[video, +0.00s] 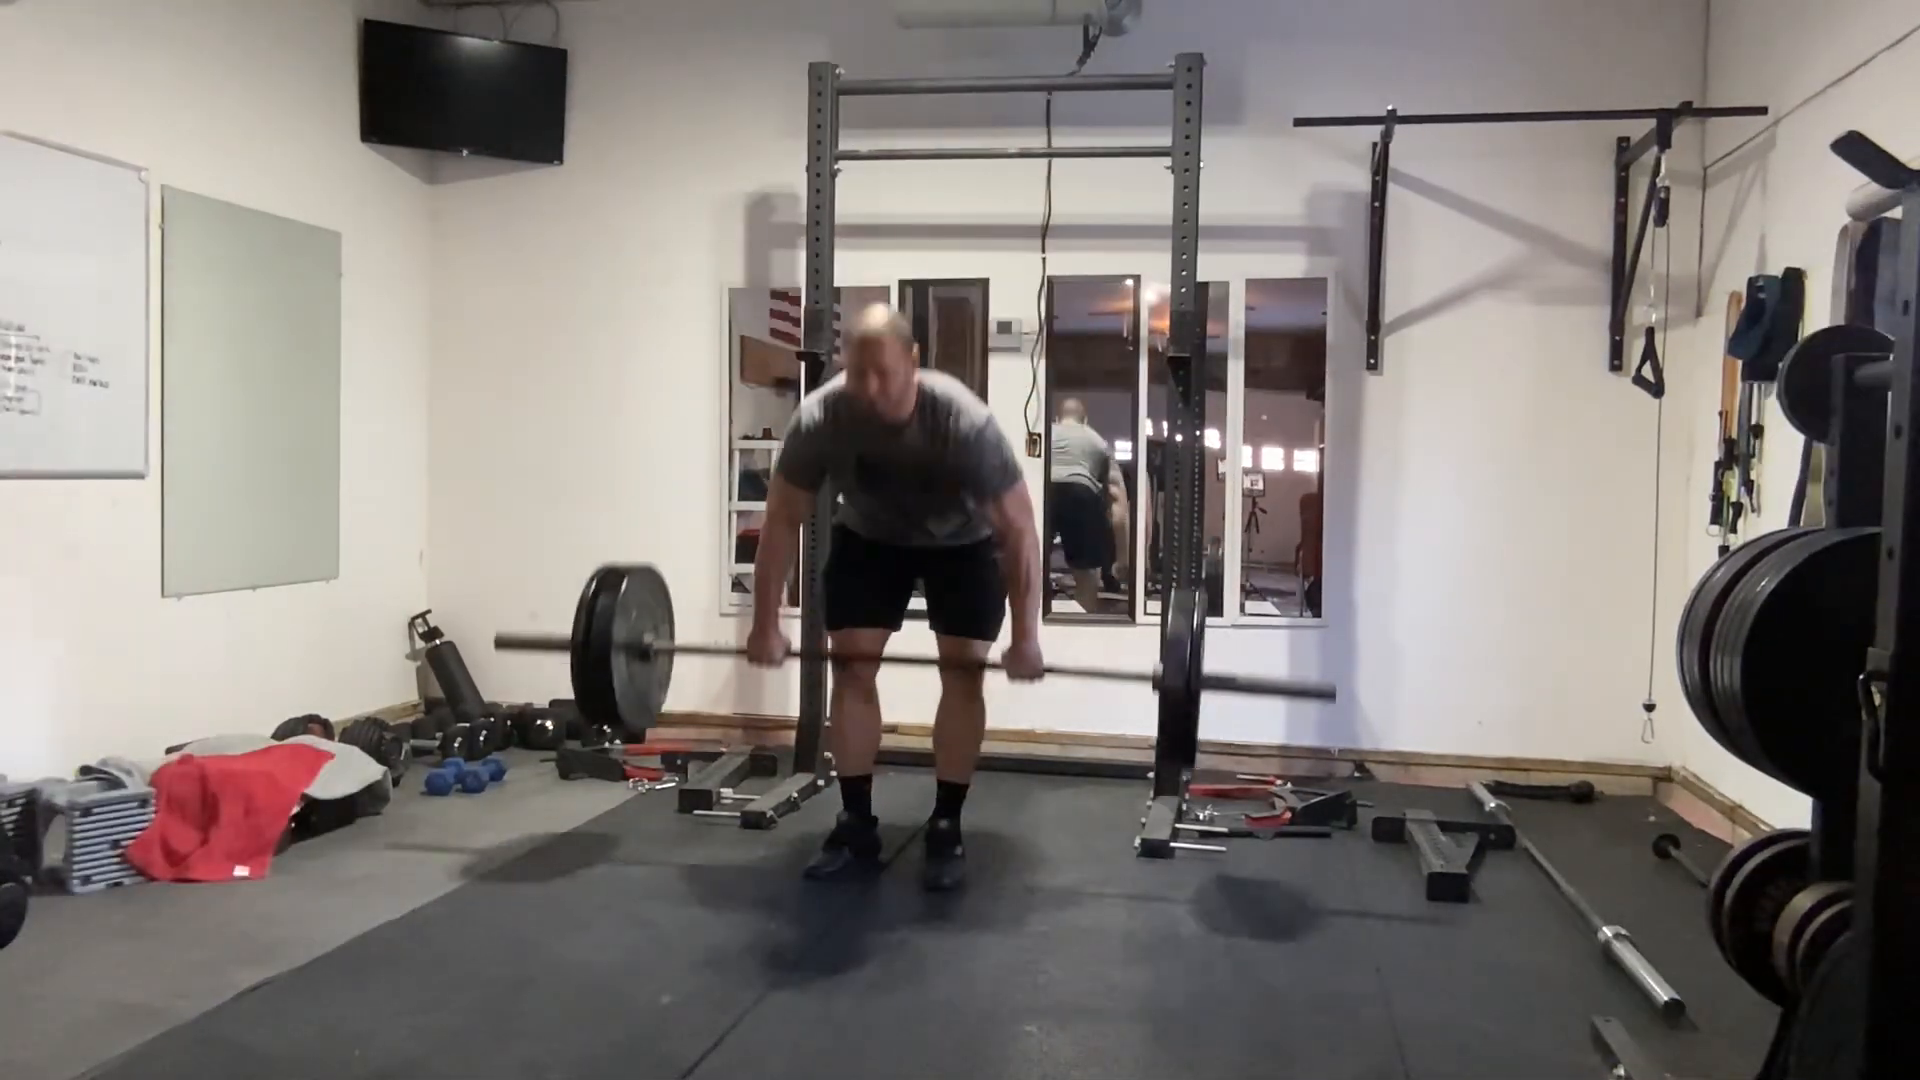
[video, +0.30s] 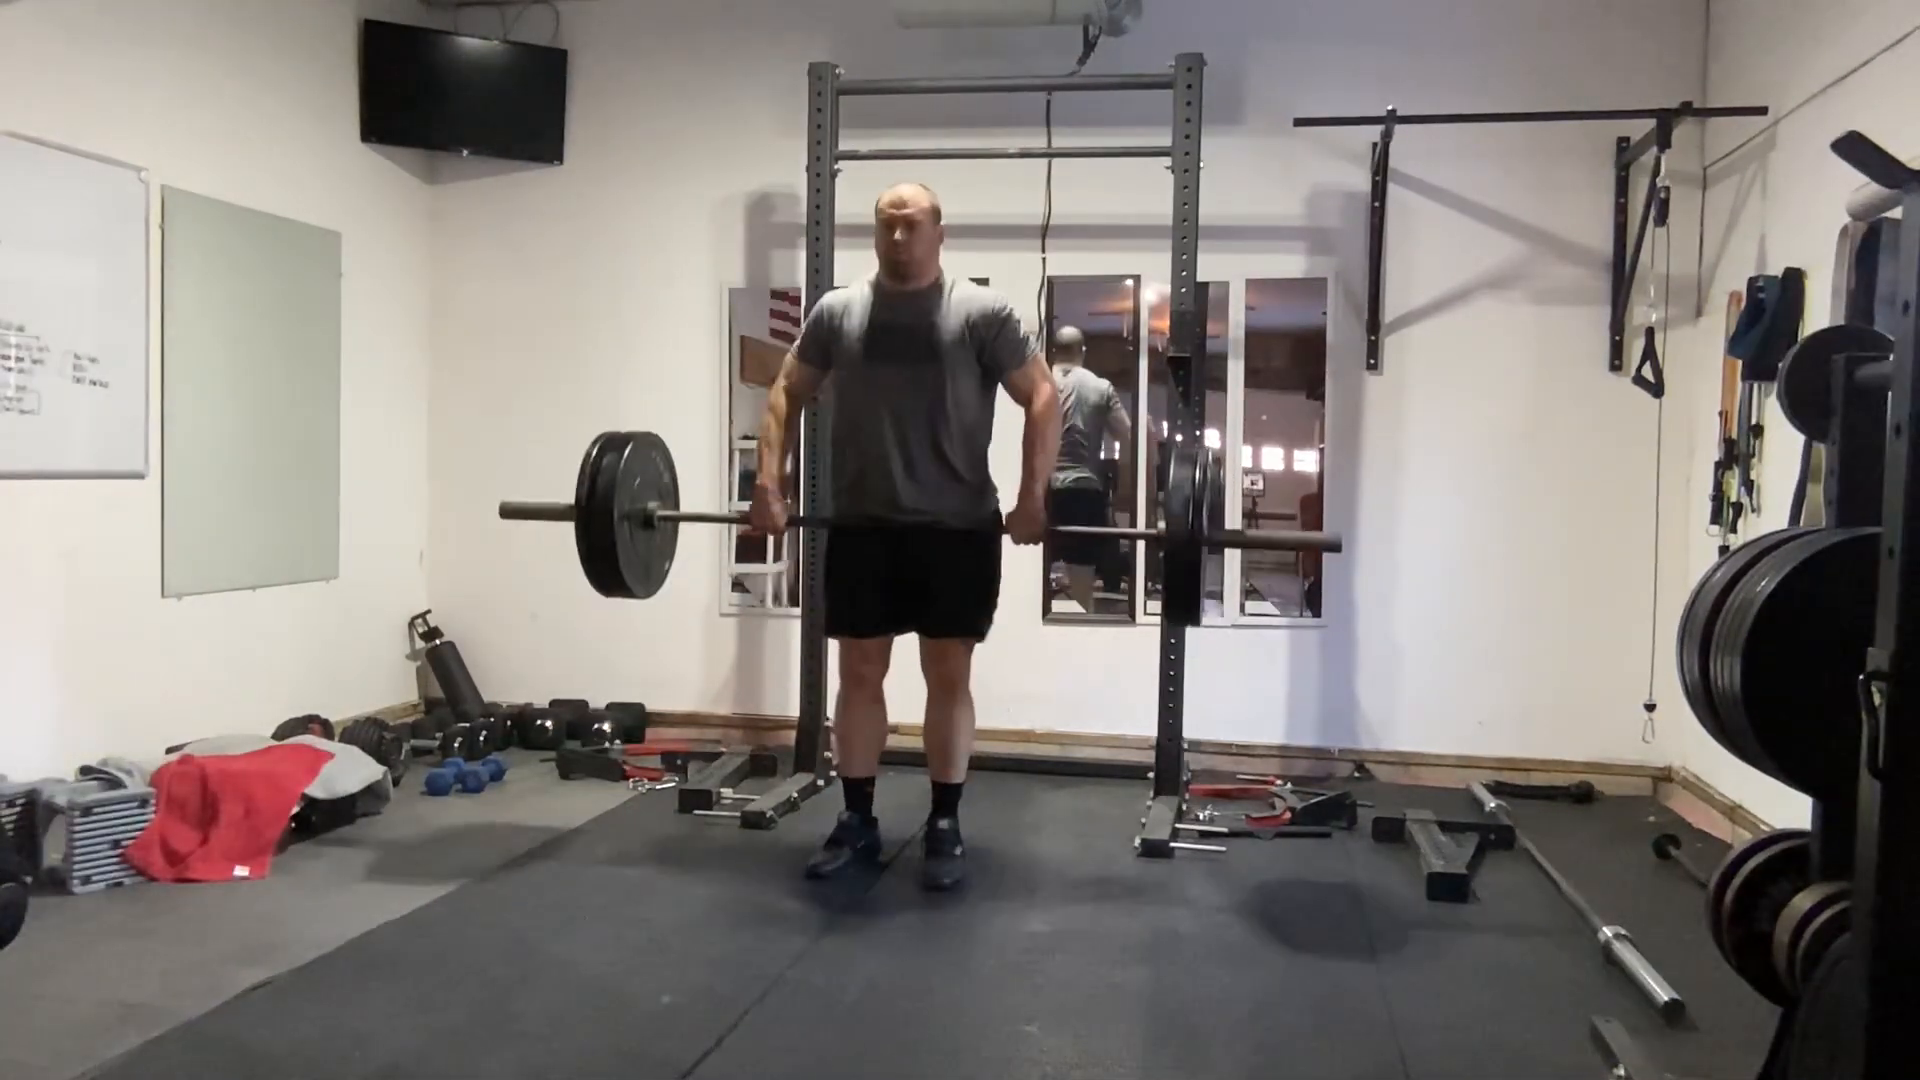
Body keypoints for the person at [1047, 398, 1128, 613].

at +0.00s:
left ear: (1058, 417)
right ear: (1084, 418)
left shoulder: (1045, 433)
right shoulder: (1098, 442)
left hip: (1043, 491)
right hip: (1082, 495)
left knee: (1035, 558)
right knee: (1084, 568)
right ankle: (1087, 629)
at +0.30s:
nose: (1077, 355)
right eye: (1080, 349)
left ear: (1052, 351)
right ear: (1083, 351)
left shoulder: (1038, 384)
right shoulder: (1101, 387)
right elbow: (1126, 433)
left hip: (1044, 486)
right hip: (1084, 488)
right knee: (1082, 567)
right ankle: (1081, 629)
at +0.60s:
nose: (1047, 358)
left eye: (1048, 352)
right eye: (1049, 352)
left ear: (1046, 353)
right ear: (1075, 353)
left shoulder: (1032, 392)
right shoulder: (1093, 394)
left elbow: (1023, 448)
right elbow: (1110, 454)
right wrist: (1117, 504)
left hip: (1041, 503)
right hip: (1080, 502)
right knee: (1081, 583)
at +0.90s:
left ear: (1047, 385)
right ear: (1075, 386)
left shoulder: (1030, 416)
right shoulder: (1094, 424)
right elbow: (1110, 487)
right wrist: (1118, 536)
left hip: (1034, 501)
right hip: (1077, 503)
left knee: (1033, 574)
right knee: (1088, 579)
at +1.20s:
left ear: (1048, 407)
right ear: (1076, 409)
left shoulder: (1033, 435)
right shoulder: (1095, 443)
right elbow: (1111, 504)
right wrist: (1119, 555)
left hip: (1035, 501)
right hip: (1078, 503)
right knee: (1092, 576)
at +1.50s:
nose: (1049, 363)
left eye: (1051, 357)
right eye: (1053, 356)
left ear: (1050, 358)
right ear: (1075, 356)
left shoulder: (1038, 394)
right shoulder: (1093, 392)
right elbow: (1117, 441)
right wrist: (1118, 494)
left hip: (1046, 495)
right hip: (1082, 494)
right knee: (1083, 576)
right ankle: (1090, 631)